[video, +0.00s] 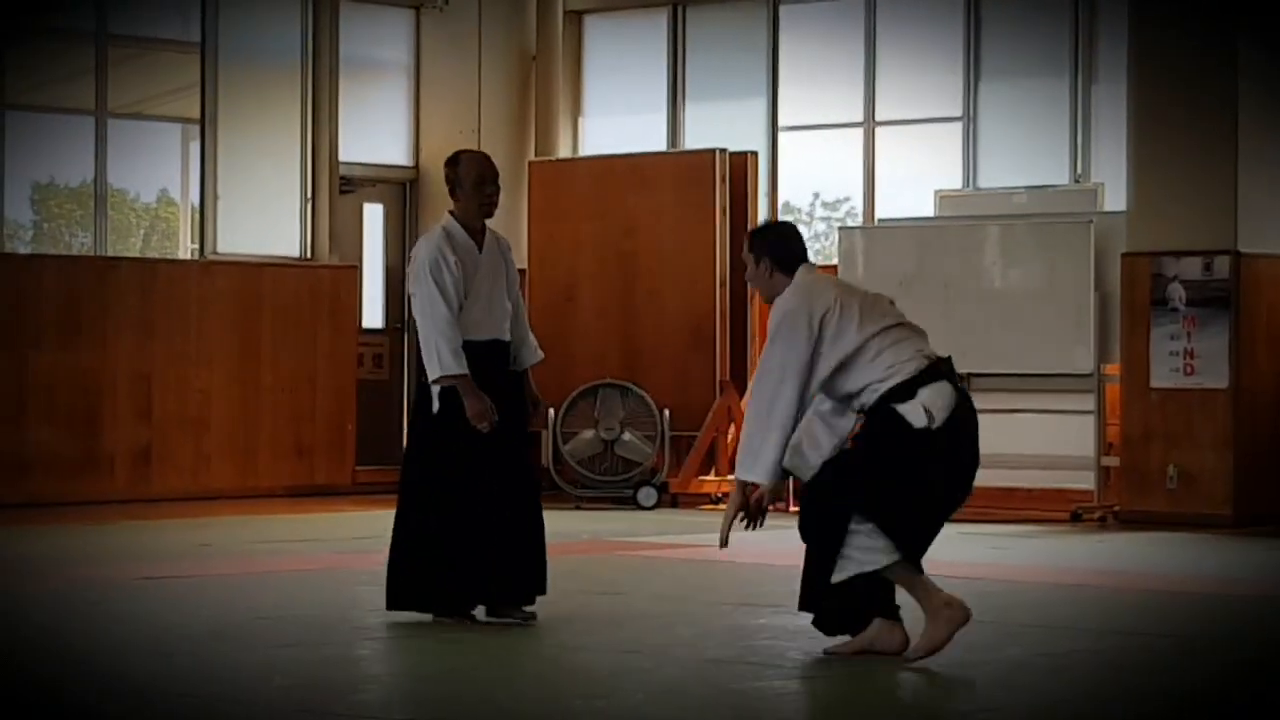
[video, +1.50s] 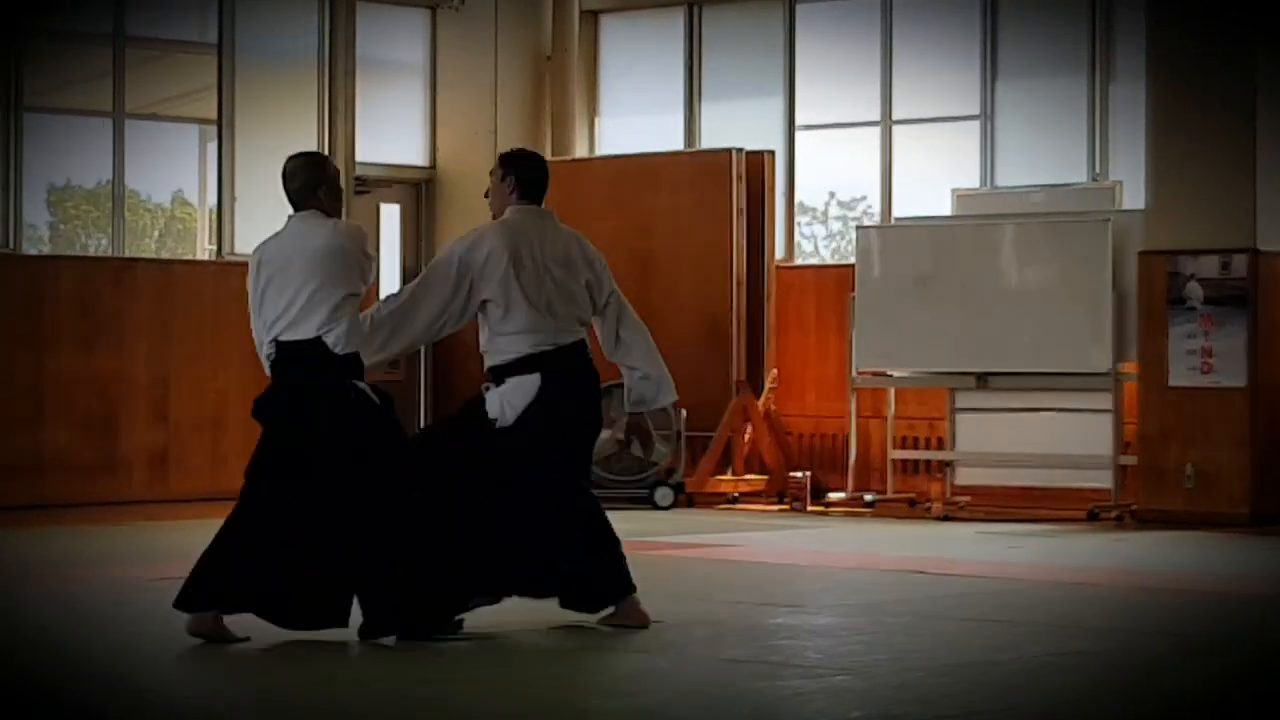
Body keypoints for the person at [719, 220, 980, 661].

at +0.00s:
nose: (746, 278)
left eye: (748, 267)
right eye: (745, 268)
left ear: (767, 265)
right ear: (796, 261)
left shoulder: (798, 302)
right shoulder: (837, 293)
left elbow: (773, 394)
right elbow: (834, 405)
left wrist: (745, 479)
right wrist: (779, 475)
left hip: (916, 412)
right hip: (939, 405)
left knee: (835, 503)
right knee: (841, 503)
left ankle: (938, 605)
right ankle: (880, 623)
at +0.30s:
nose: (810, 174)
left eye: (812, 165)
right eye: (812, 164)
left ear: (825, 167)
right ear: (863, 165)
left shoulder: (821, 225)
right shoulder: (906, 216)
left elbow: (788, 323)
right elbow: (933, 276)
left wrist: (764, 397)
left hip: (907, 374)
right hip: (956, 363)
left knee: (888, 517)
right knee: (936, 508)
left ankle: (984, 642)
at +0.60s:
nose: (826, 143)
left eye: (829, 134)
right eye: (829, 134)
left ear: (841, 140)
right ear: (880, 144)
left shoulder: (818, 205)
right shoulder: (918, 206)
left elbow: (759, 290)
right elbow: (937, 296)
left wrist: (736, 310)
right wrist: (954, 368)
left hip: (861, 372)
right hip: (923, 367)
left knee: (818, 513)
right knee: (916, 499)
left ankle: (911, 600)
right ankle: (949, 631)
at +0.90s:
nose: (736, 161)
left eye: (739, 153)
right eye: (739, 154)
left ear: (750, 159)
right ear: (794, 162)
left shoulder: (736, 219)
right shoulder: (832, 217)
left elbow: (665, 168)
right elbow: (861, 307)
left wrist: (694, 101)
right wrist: (863, 373)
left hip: (778, 382)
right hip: (848, 378)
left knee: (696, 477)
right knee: (882, 498)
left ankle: (674, 601)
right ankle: (938, 619)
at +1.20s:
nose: (605, 157)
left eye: (607, 149)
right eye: (608, 149)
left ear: (618, 154)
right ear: (662, 157)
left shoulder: (592, 209)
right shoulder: (697, 211)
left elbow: (527, 244)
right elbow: (733, 292)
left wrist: (504, 244)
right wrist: (737, 361)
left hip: (634, 365)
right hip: (698, 360)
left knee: (611, 487)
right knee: (721, 480)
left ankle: (592, 609)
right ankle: (771, 583)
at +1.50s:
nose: (488, 192)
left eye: (492, 183)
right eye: (491, 183)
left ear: (509, 186)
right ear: (539, 190)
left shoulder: (486, 243)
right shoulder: (577, 245)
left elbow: (418, 305)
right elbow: (619, 320)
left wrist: (348, 339)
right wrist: (655, 385)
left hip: (523, 387)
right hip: (580, 383)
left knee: (432, 463)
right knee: (571, 490)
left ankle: (435, 605)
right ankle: (625, 603)